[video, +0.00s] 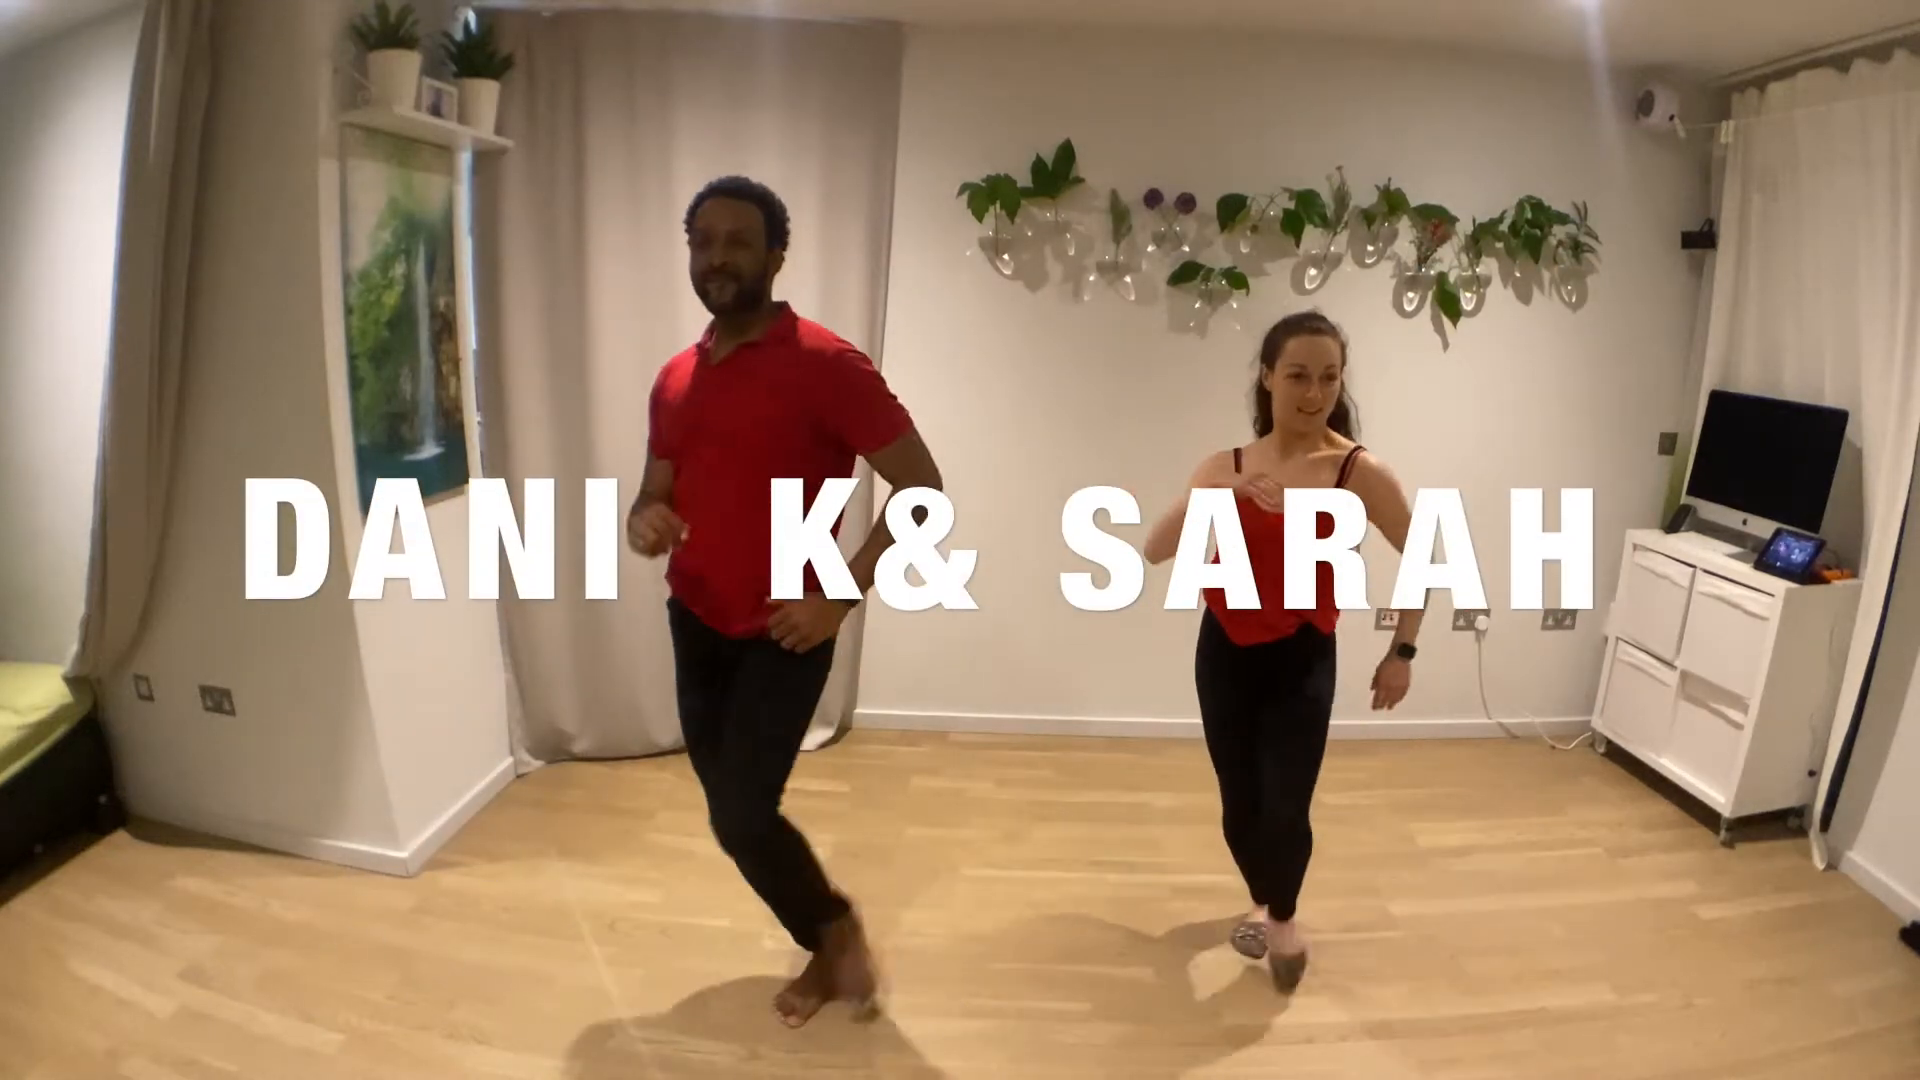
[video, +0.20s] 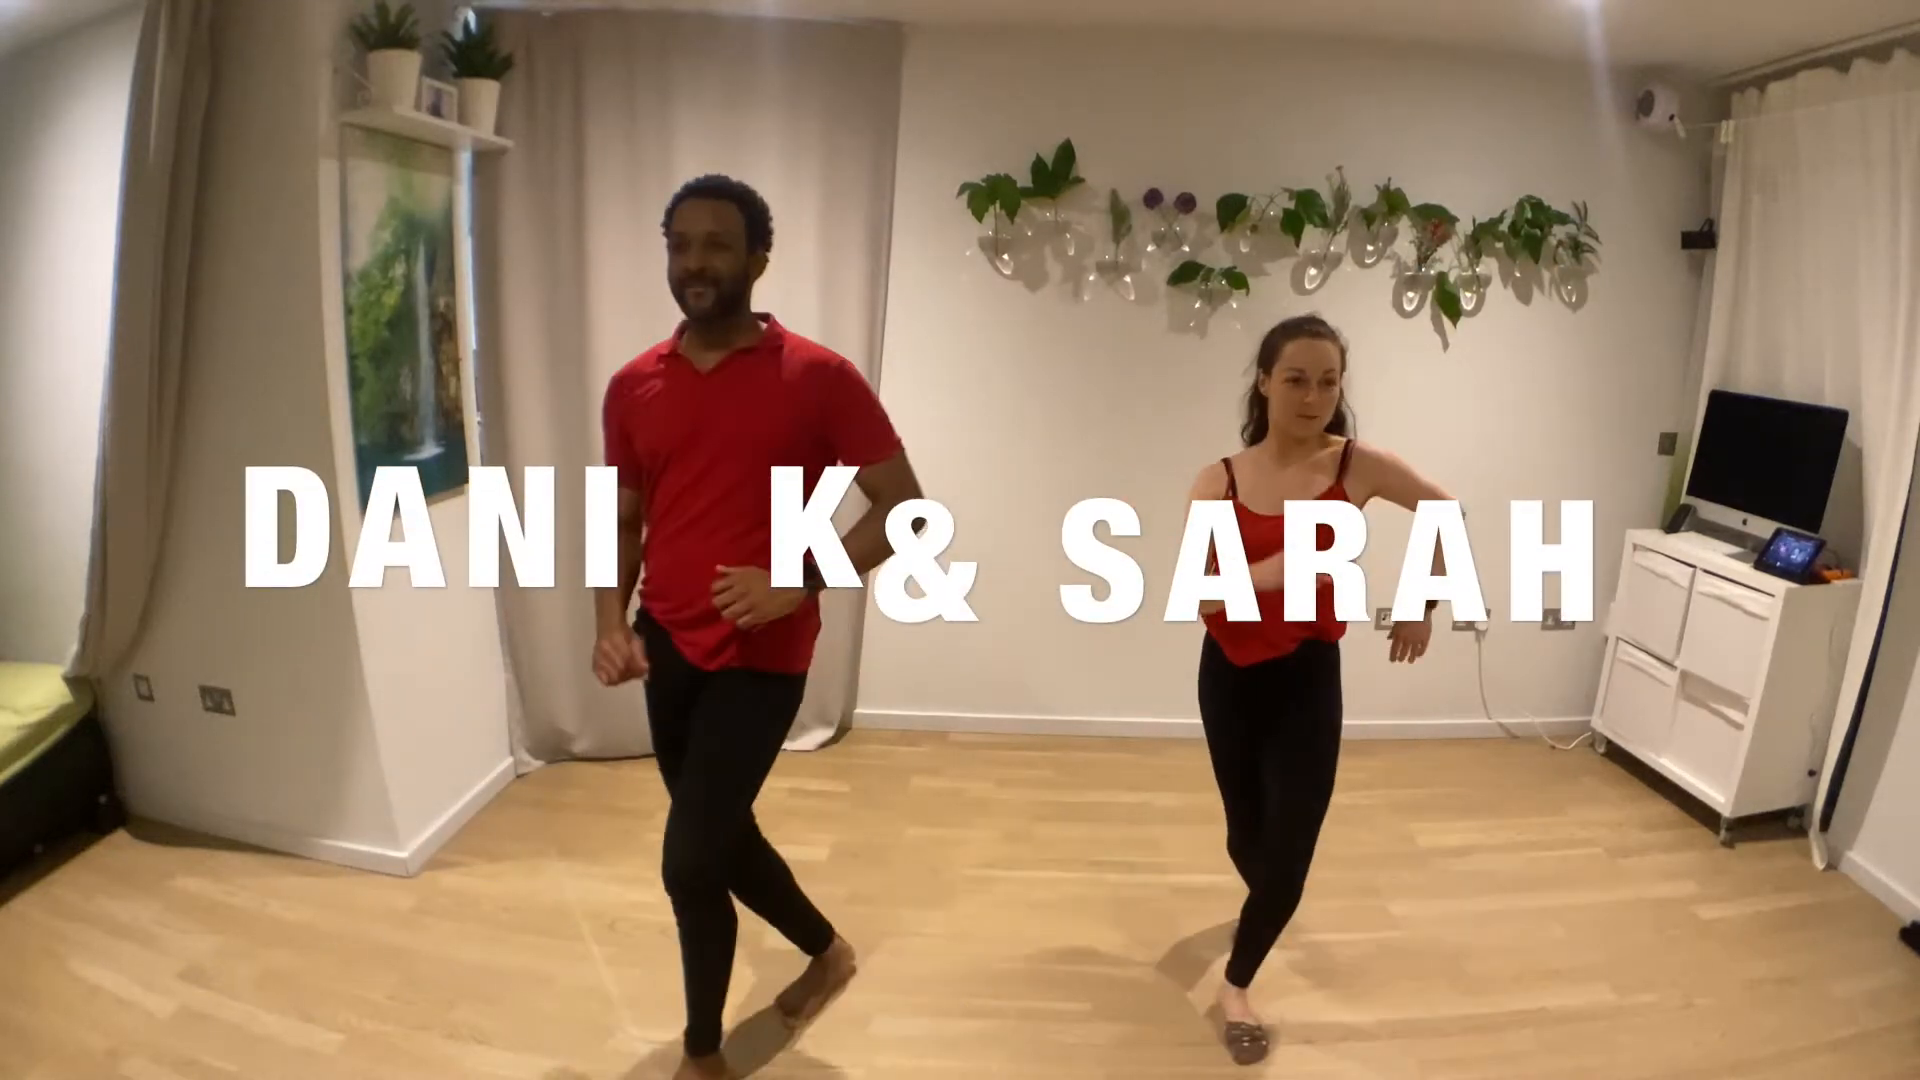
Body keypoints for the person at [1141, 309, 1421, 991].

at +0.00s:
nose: (1312, 389)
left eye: (1326, 376)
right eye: (1297, 374)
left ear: (1340, 384)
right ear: (1267, 377)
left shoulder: (1359, 472)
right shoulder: (1223, 469)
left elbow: (1423, 557)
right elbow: (1154, 549)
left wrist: (1402, 651)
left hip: (1302, 655)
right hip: (1225, 651)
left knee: (1285, 802)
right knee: (1239, 800)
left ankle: (1283, 926)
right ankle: (1265, 909)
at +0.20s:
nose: (1313, 394)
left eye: (1328, 381)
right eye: (1297, 379)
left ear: (1340, 390)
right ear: (1263, 383)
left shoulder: (1359, 465)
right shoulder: (1221, 480)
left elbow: (1443, 511)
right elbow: (1194, 588)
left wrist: (1419, 605)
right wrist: (1276, 575)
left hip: (1310, 675)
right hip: (1230, 675)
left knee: (1285, 857)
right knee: (1244, 836)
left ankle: (1236, 987)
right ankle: (1276, 904)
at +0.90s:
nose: (1338, 394)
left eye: (1338, 377)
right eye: (1328, 377)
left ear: (1290, 383)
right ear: (1281, 381)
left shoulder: (1306, 452)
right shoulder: (1232, 480)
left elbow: (1351, 501)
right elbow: (1305, 587)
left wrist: (1352, 525)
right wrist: (1335, 688)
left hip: (1280, 666)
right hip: (1207, 672)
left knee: (1334, 811)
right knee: (1199, 828)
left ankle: (1244, 840)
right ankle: (1172, 924)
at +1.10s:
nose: (1362, 380)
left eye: (1359, 364)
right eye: (1349, 366)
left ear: (1302, 373)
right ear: (1301, 374)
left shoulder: (1276, 448)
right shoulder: (1307, 462)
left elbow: (1185, 461)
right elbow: (1453, 474)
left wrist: (1112, 444)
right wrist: (1571, 484)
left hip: (1304, 657)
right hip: (1247, 655)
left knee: (1360, 798)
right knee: (1219, 812)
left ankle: (1344, 894)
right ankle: (1138, 910)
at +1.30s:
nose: (1338, 394)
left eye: (1350, 380)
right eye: (1319, 380)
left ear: (1365, 390)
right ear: (1289, 391)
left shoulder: (1352, 469)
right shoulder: (1280, 470)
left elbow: (1390, 544)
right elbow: (1414, 506)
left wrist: (1421, 567)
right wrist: (1439, 464)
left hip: (1341, 657)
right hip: (1275, 657)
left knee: (1381, 790)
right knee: (1250, 837)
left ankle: (1344, 891)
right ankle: (1138, 914)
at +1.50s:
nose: (1340, 387)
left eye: (1355, 373)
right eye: (1325, 371)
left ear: (1370, 384)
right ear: (1296, 380)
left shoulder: (1383, 476)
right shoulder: (1261, 451)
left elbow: (1484, 533)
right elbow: (1160, 432)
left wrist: (1574, 591)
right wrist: (1255, 447)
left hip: (1319, 657)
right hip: (1239, 650)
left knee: (1365, 806)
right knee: (1198, 803)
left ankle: (1365, 884)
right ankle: (1141, 918)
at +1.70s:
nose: (1333, 392)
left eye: (1346, 379)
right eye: (1318, 377)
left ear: (1360, 389)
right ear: (1288, 386)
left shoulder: (1381, 479)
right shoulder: (1255, 463)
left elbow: (1489, 511)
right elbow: (1142, 459)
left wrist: (1586, 530)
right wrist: (1235, 458)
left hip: (1301, 665)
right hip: (1225, 652)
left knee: (1360, 807)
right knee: (1195, 811)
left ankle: (1346, 895)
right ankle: (1145, 918)